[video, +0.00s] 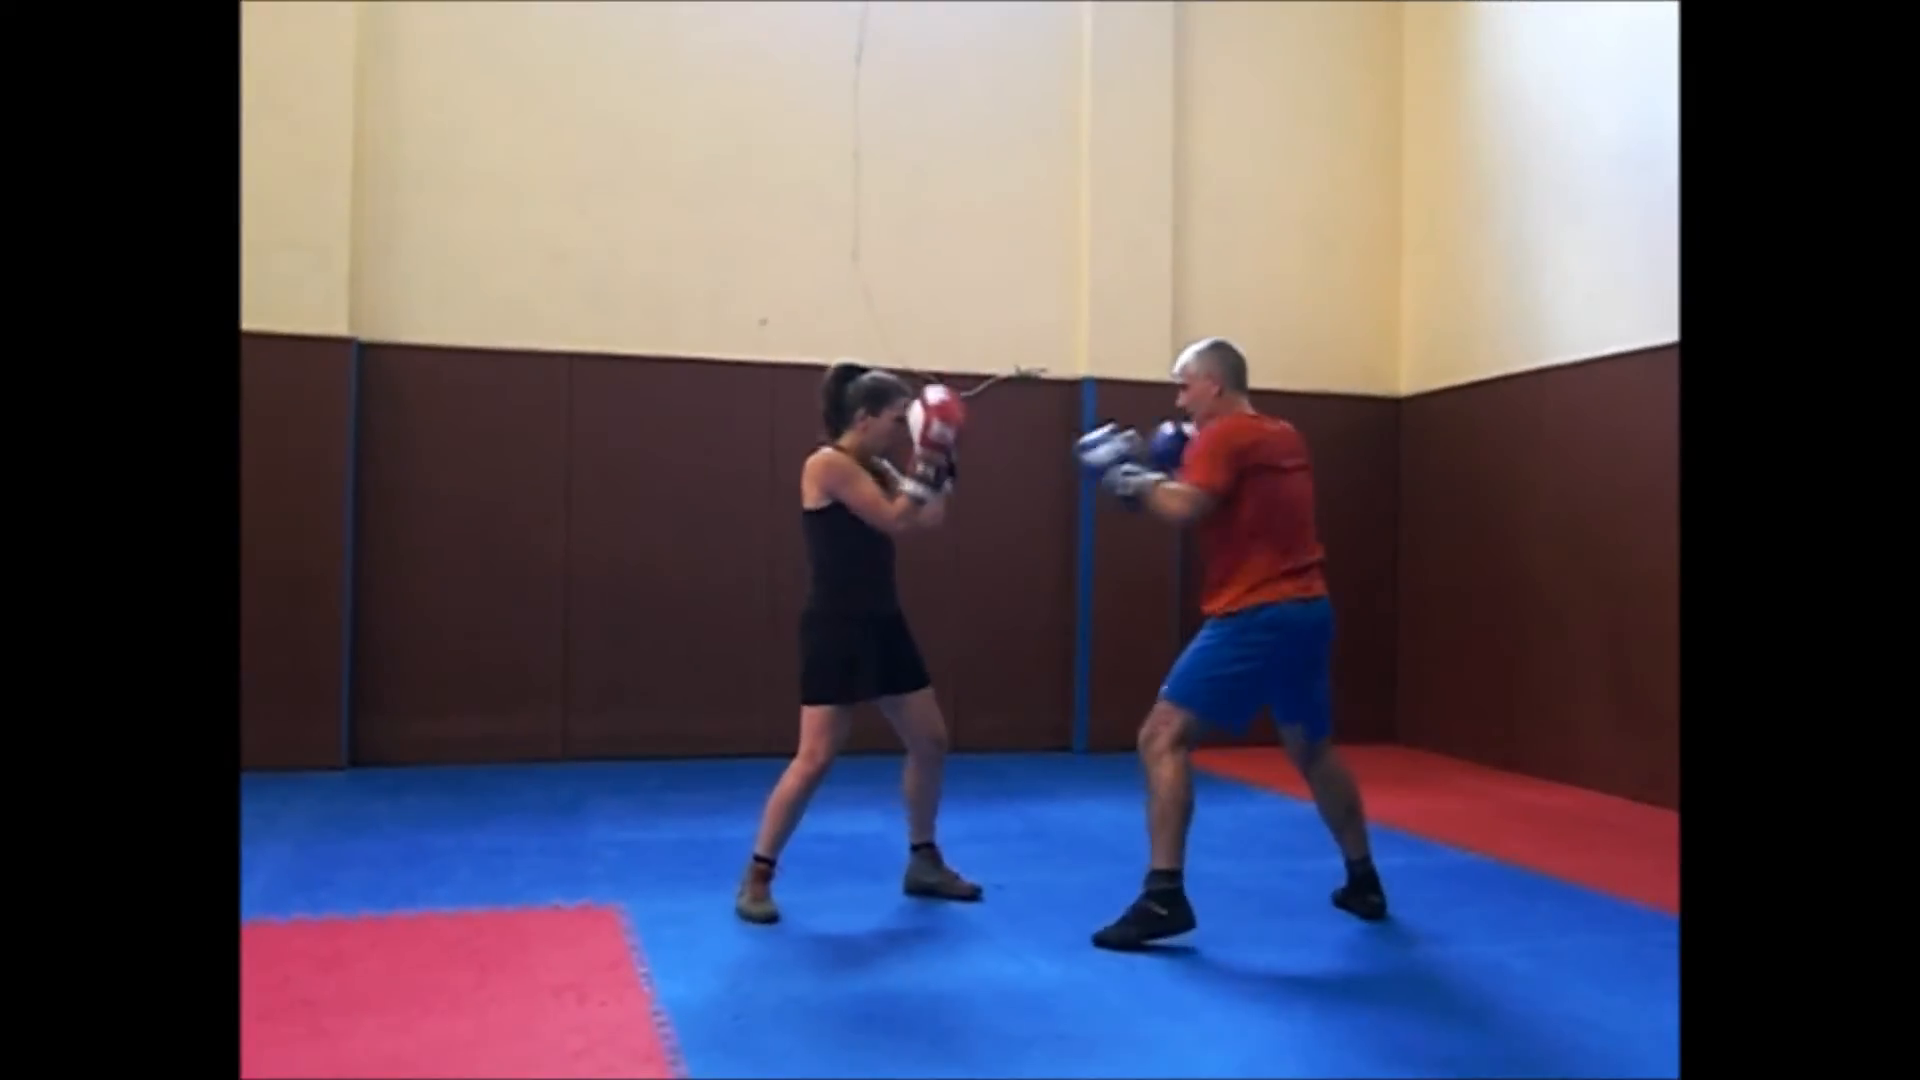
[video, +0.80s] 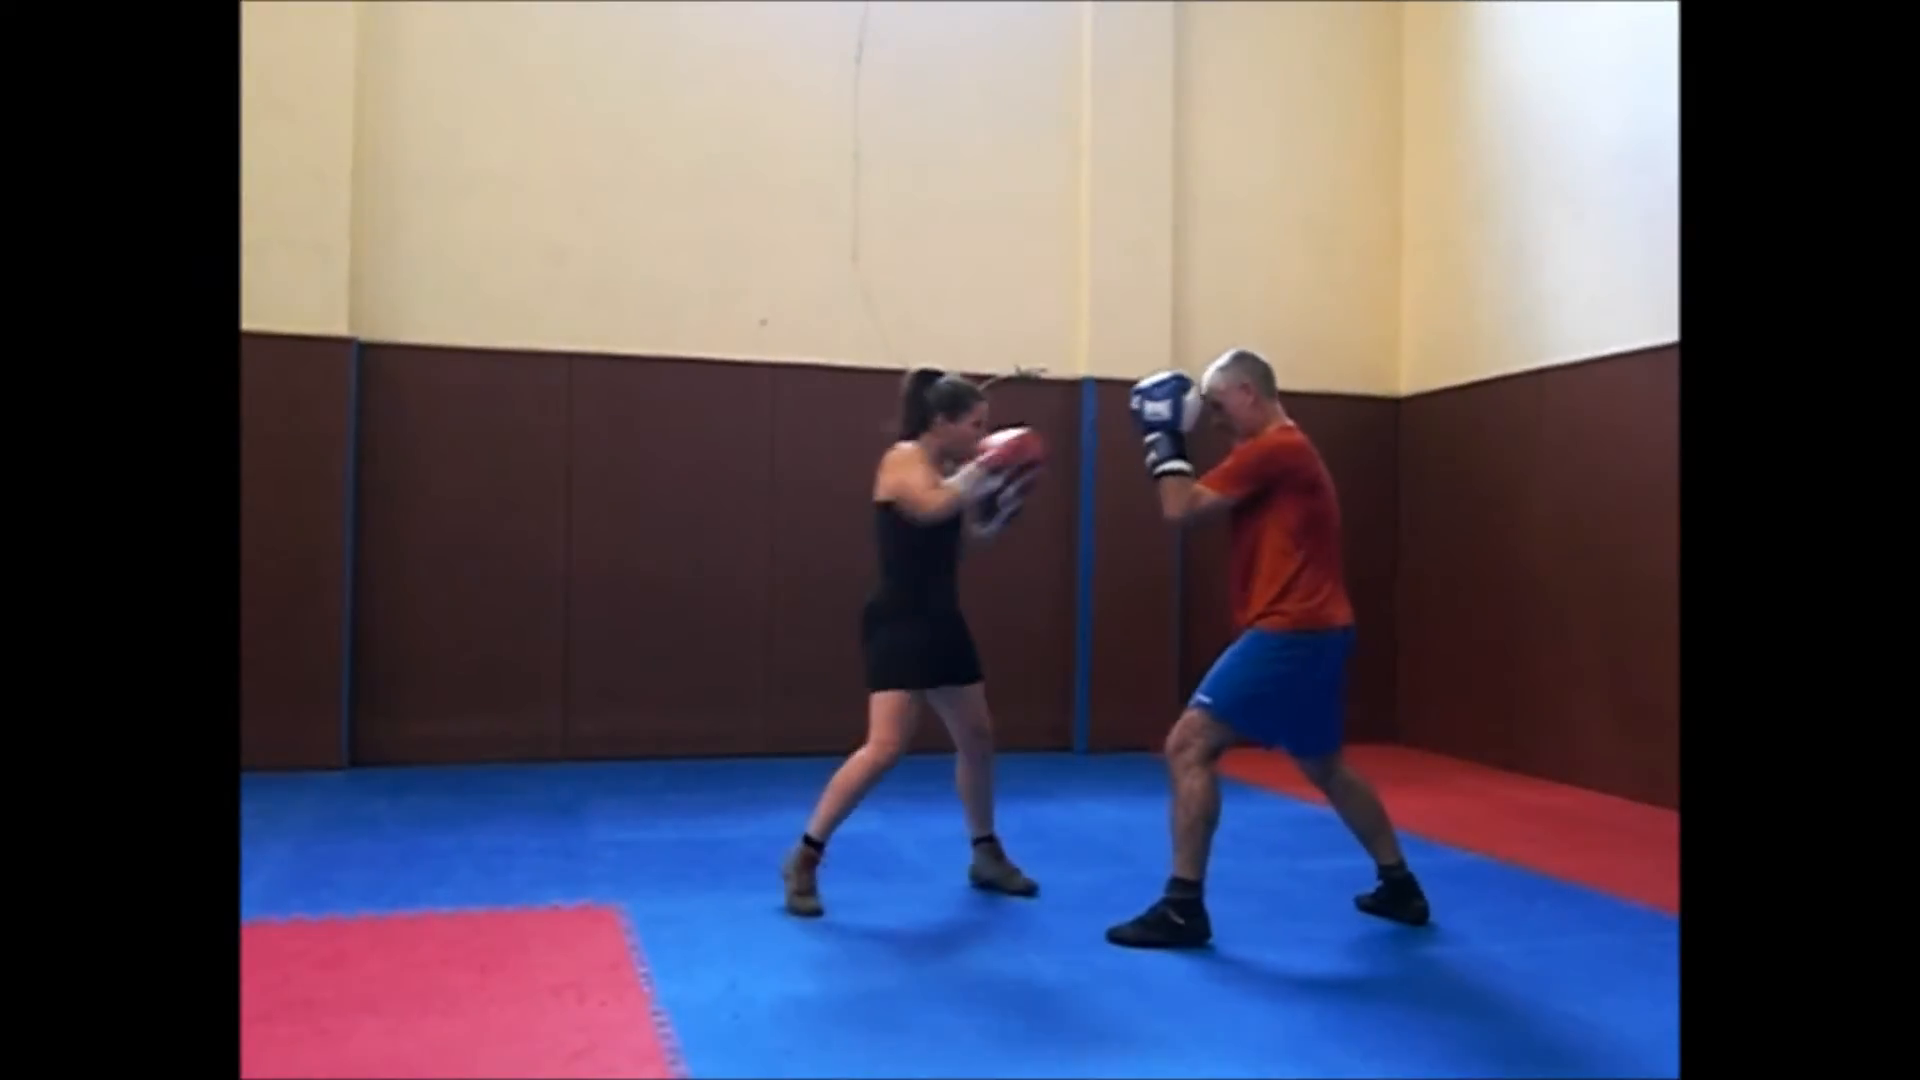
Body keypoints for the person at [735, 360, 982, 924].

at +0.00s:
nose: (902, 428)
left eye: (903, 418)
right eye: (896, 417)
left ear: (870, 420)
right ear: (864, 416)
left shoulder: (874, 470)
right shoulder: (827, 465)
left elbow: (925, 517)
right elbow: (890, 517)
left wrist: (940, 464)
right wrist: (927, 467)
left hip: (881, 628)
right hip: (835, 631)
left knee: (929, 739)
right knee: (814, 757)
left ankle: (925, 862)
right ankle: (758, 876)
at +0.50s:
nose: (928, 428)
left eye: (931, 418)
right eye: (922, 417)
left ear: (902, 419)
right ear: (889, 415)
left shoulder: (904, 466)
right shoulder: (851, 464)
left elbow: (946, 530)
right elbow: (889, 534)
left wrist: (969, 484)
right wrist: (928, 487)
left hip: (909, 620)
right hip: (859, 627)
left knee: (984, 712)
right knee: (844, 750)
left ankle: (979, 829)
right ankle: (799, 867)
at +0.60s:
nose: (942, 424)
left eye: (944, 414)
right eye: (933, 413)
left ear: (935, 416)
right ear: (896, 413)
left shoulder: (941, 451)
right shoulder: (859, 456)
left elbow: (1019, 471)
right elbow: (866, 534)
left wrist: (1060, 437)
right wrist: (918, 486)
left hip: (930, 614)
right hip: (872, 617)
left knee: (974, 729)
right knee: (850, 741)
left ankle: (992, 844)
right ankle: (803, 862)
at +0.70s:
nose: (961, 433)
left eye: (964, 424)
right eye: (954, 423)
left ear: (950, 424)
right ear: (917, 419)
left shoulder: (957, 458)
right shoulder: (875, 460)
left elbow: (1019, 490)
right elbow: (876, 534)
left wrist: (1059, 453)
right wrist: (930, 489)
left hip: (943, 619)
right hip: (888, 621)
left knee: (978, 734)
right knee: (865, 744)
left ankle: (988, 854)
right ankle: (810, 861)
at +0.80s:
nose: (981, 435)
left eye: (982, 426)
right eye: (974, 425)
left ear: (950, 425)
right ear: (942, 422)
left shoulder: (946, 470)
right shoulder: (902, 460)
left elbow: (970, 534)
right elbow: (930, 504)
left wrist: (1003, 499)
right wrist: (984, 467)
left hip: (940, 621)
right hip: (898, 622)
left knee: (976, 737)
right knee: (884, 745)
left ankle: (987, 856)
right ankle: (805, 857)